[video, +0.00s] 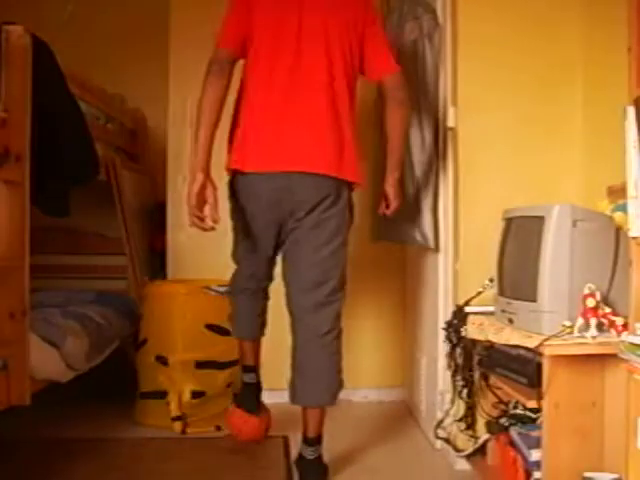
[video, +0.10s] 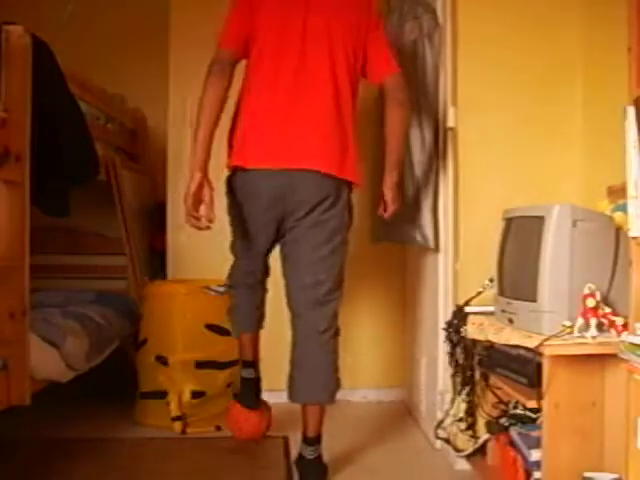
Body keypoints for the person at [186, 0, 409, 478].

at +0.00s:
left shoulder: (249, 6)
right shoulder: (357, 8)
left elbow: (218, 71)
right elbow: (396, 91)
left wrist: (200, 168)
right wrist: (393, 172)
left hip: (255, 167)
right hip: (323, 168)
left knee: (249, 278)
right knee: (317, 307)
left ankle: (250, 386)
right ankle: (311, 450)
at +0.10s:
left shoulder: (254, 6)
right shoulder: (359, 9)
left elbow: (219, 69)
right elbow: (396, 91)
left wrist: (199, 168)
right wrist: (391, 173)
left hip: (255, 166)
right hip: (323, 167)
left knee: (247, 271)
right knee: (317, 308)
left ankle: (250, 381)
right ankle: (311, 449)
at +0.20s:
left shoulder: (254, 6)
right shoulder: (359, 10)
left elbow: (216, 73)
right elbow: (395, 92)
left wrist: (196, 169)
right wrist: (388, 183)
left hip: (256, 167)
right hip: (323, 170)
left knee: (243, 281)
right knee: (317, 307)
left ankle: (246, 383)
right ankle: (312, 450)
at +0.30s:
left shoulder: (252, 7)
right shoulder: (355, 9)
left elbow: (211, 74)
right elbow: (390, 93)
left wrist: (196, 169)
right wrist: (385, 187)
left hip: (256, 168)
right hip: (323, 170)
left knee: (241, 295)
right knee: (317, 306)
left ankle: (241, 413)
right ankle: (312, 451)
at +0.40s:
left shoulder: (245, 7)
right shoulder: (350, 8)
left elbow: (204, 81)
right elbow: (379, 89)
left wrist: (198, 172)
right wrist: (383, 184)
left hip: (254, 171)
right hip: (321, 172)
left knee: (241, 314)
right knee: (316, 311)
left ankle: (236, 448)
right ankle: (312, 453)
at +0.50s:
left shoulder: (237, 9)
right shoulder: (341, 8)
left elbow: (196, 91)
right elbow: (370, 76)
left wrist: (201, 177)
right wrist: (381, 180)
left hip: (251, 174)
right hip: (317, 173)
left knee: (244, 317)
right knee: (314, 313)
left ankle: (241, 458)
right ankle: (312, 452)